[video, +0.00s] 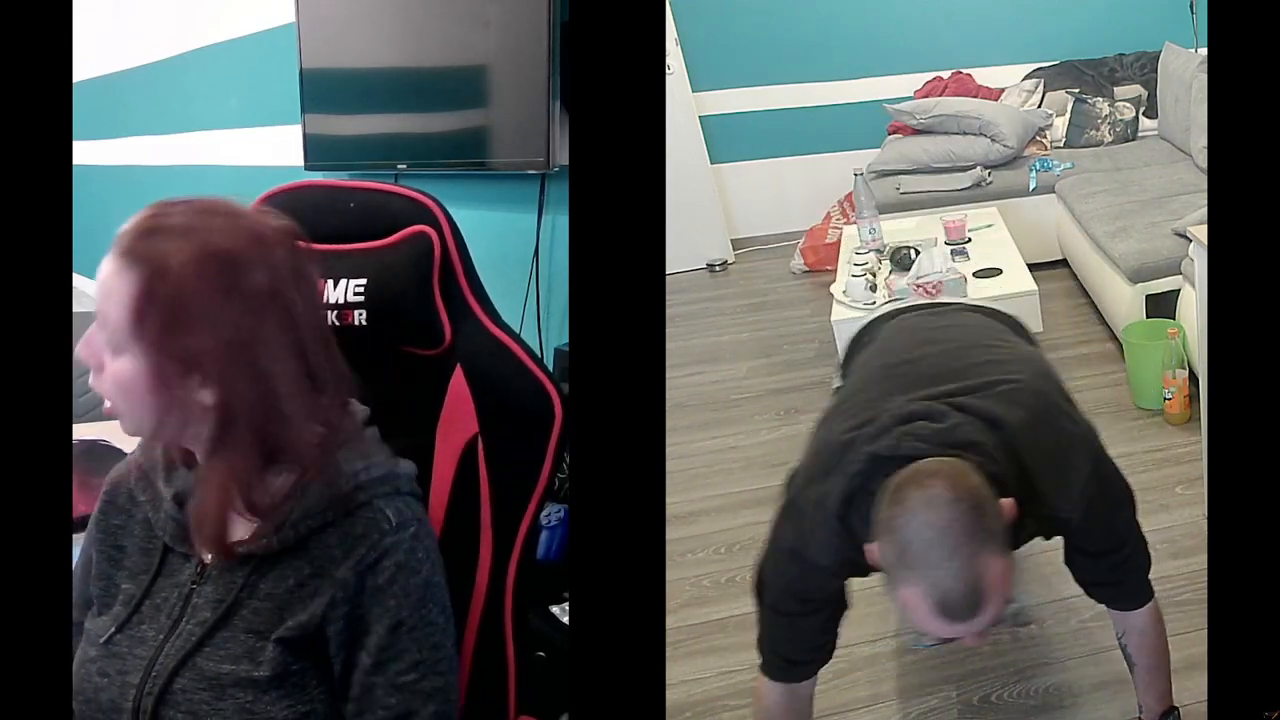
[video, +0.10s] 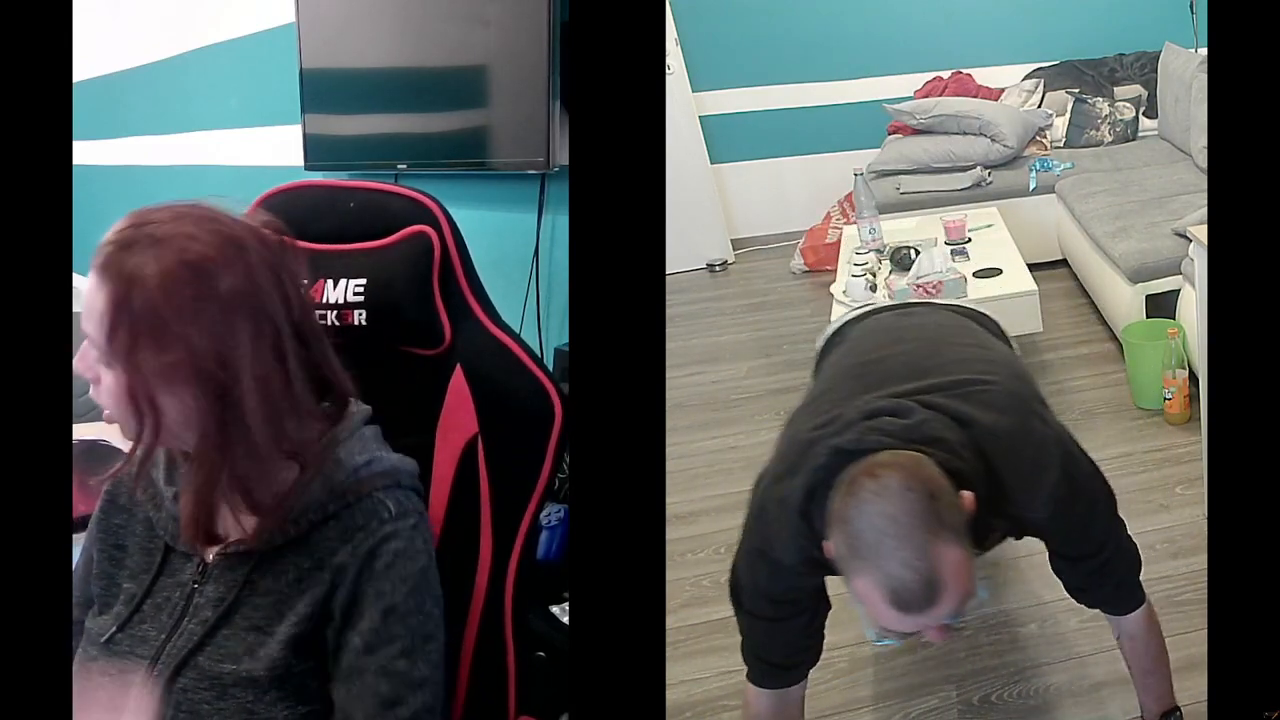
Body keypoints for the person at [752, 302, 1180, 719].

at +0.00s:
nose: (976, 644)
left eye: (993, 622)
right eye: (943, 638)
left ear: (1008, 516)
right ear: (877, 559)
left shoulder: (1069, 466)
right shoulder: (811, 530)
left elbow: (1134, 608)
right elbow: (785, 686)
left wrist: (1158, 709)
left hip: (996, 323)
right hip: (873, 338)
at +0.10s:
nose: (936, 639)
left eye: (952, 614)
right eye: (905, 631)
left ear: (967, 511)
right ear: (835, 559)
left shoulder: (1041, 469)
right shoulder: (778, 529)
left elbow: (1129, 608)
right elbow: (773, 693)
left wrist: (1162, 712)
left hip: (968, 320)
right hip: (847, 333)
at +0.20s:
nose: (914, 646)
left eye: (930, 620)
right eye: (878, 642)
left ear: (942, 517)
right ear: (813, 574)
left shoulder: (1021, 470)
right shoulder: (760, 539)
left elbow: (1134, 592)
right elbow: (764, 694)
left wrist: (1176, 711)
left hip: (951, 322)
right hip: (830, 336)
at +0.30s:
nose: (922, 659)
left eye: (938, 632)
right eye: (885, 657)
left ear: (943, 529)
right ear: (817, 594)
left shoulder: (1021, 481)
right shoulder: (755, 546)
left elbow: (1137, 598)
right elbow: (745, 694)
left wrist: (1179, 706)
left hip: (949, 326)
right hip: (824, 343)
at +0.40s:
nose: (948, 653)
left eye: (955, 619)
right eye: (910, 652)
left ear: (948, 526)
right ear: (829, 599)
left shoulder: (1029, 482)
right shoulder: (755, 558)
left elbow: (1138, 597)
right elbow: (744, 696)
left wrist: (1181, 710)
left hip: (950, 332)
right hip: (825, 350)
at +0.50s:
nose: (965, 636)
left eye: (963, 596)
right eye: (922, 636)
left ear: (952, 510)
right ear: (837, 589)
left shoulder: (1035, 474)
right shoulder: (758, 562)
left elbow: (1151, 602)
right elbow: (741, 702)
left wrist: (1192, 707)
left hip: (953, 331)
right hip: (829, 352)